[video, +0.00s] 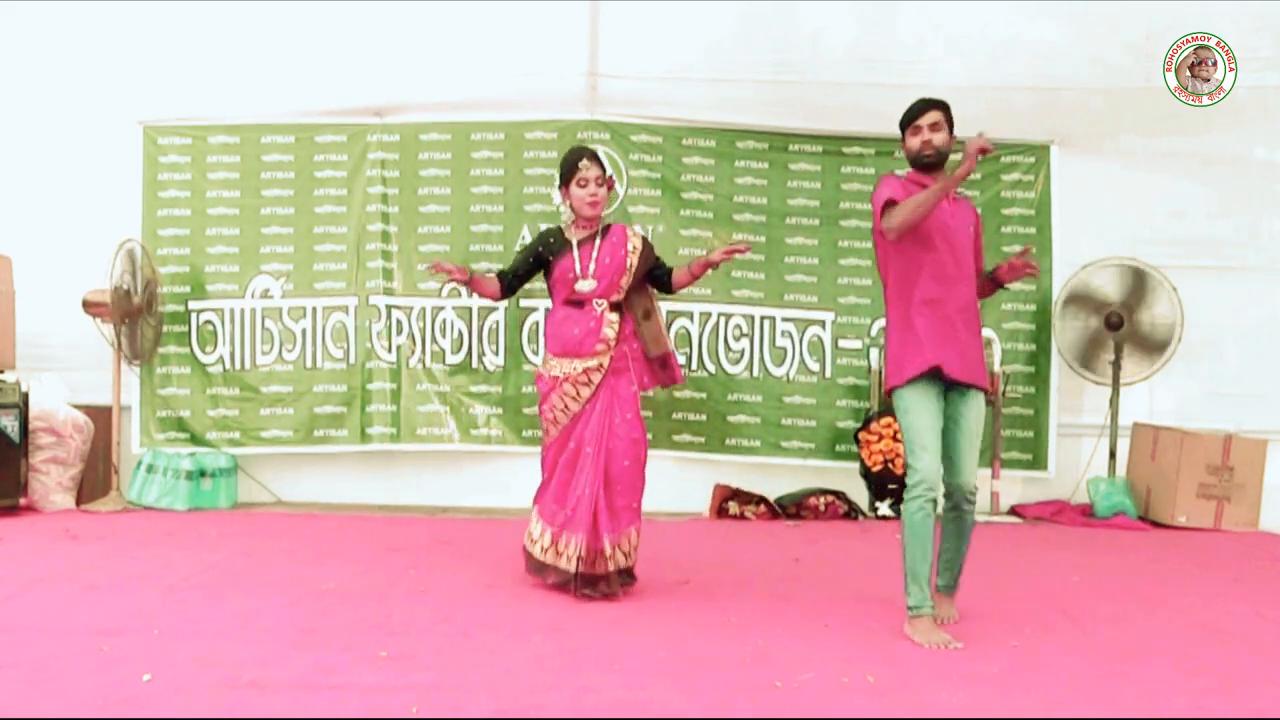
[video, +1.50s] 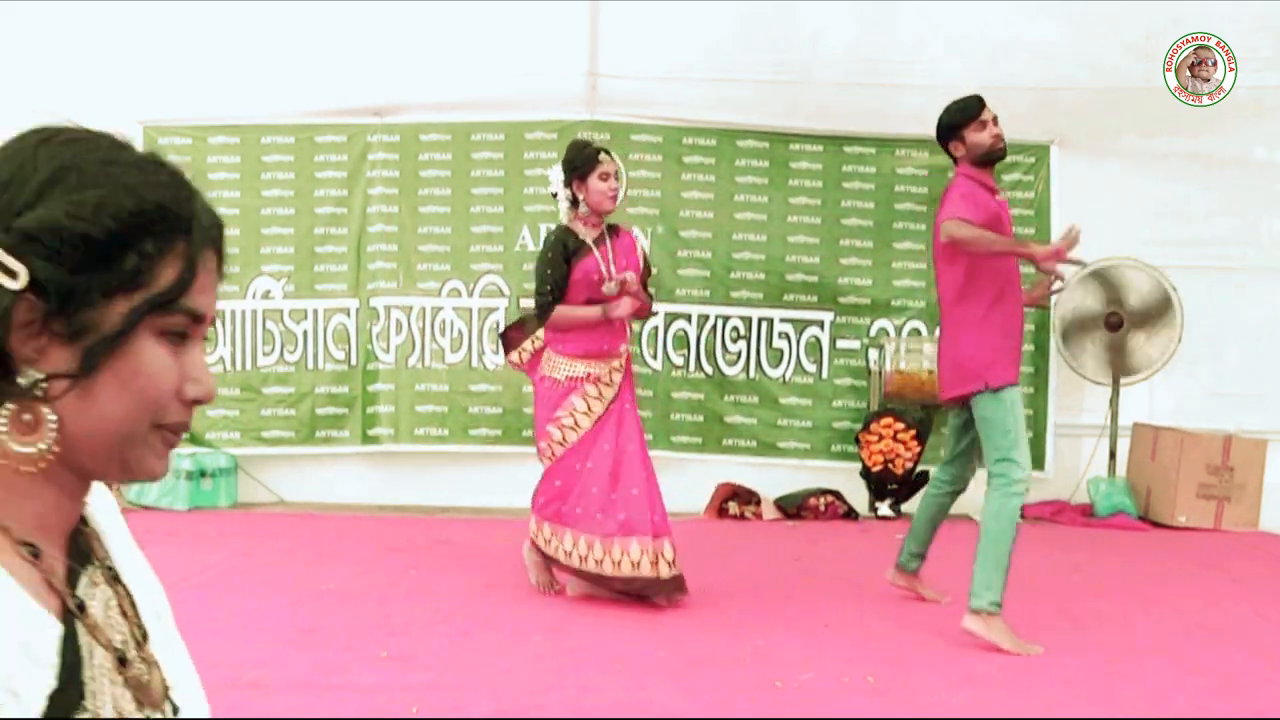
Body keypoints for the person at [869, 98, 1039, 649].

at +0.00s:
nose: (928, 137)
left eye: (937, 128)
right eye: (917, 130)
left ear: (953, 139)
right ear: (904, 143)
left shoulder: (967, 209)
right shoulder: (894, 186)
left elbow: (970, 290)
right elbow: (894, 224)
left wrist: (1000, 275)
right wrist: (957, 175)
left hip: (966, 354)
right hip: (913, 352)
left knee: (964, 485)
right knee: (925, 479)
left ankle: (945, 594)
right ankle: (918, 612)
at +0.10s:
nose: (925, 147)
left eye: (935, 138)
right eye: (916, 141)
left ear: (955, 149)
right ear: (907, 155)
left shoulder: (979, 221)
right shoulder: (891, 212)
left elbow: (998, 306)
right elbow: (874, 291)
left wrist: (991, 299)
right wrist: (929, 249)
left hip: (965, 370)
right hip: (908, 368)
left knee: (962, 490)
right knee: (917, 482)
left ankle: (947, 594)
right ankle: (916, 610)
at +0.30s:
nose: (910, 143)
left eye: (921, 135)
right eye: (909, 135)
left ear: (949, 144)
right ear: (908, 144)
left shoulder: (969, 198)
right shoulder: (897, 202)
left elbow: (991, 256)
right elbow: (873, 278)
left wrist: (922, 252)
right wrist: (868, 256)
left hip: (946, 356)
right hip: (896, 352)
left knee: (939, 472)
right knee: (870, 455)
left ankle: (948, 591)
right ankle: (903, 554)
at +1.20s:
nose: (961, 147)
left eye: (968, 139)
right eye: (950, 140)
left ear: (977, 148)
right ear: (931, 151)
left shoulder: (994, 208)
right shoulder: (914, 205)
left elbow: (1030, 277)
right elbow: (893, 269)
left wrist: (1009, 250)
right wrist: (956, 239)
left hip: (980, 355)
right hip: (926, 351)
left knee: (974, 476)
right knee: (927, 467)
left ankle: (948, 572)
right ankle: (900, 520)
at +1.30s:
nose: (973, 129)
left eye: (977, 121)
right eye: (961, 123)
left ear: (985, 129)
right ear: (939, 135)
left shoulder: (991, 191)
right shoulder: (929, 182)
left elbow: (1022, 257)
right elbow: (919, 240)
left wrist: (1014, 222)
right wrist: (973, 207)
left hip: (981, 338)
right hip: (938, 332)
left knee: (974, 458)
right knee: (955, 445)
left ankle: (928, 562)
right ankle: (910, 536)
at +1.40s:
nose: (990, 121)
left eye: (990, 113)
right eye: (977, 116)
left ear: (991, 122)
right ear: (952, 132)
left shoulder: (985, 187)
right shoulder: (952, 180)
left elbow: (983, 265)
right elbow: (939, 233)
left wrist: (1015, 250)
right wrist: (1000, 229)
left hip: (982, 340)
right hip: (965, 340)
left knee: (952, 458)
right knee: (983, 458)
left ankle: (910, 560)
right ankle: (968, 592)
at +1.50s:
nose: (996, 130)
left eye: (995, 121)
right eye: (984, 126)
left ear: (994, 134)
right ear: (958, 144)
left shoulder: (983, 197)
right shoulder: (968, 189)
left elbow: (980, 292)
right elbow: (953, 232)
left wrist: (1032, 295)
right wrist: (1033, 250)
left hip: (977, 355)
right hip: (984, 358)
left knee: (952, 474)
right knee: (1011, 475)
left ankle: (906, 567)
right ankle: (985, 610)